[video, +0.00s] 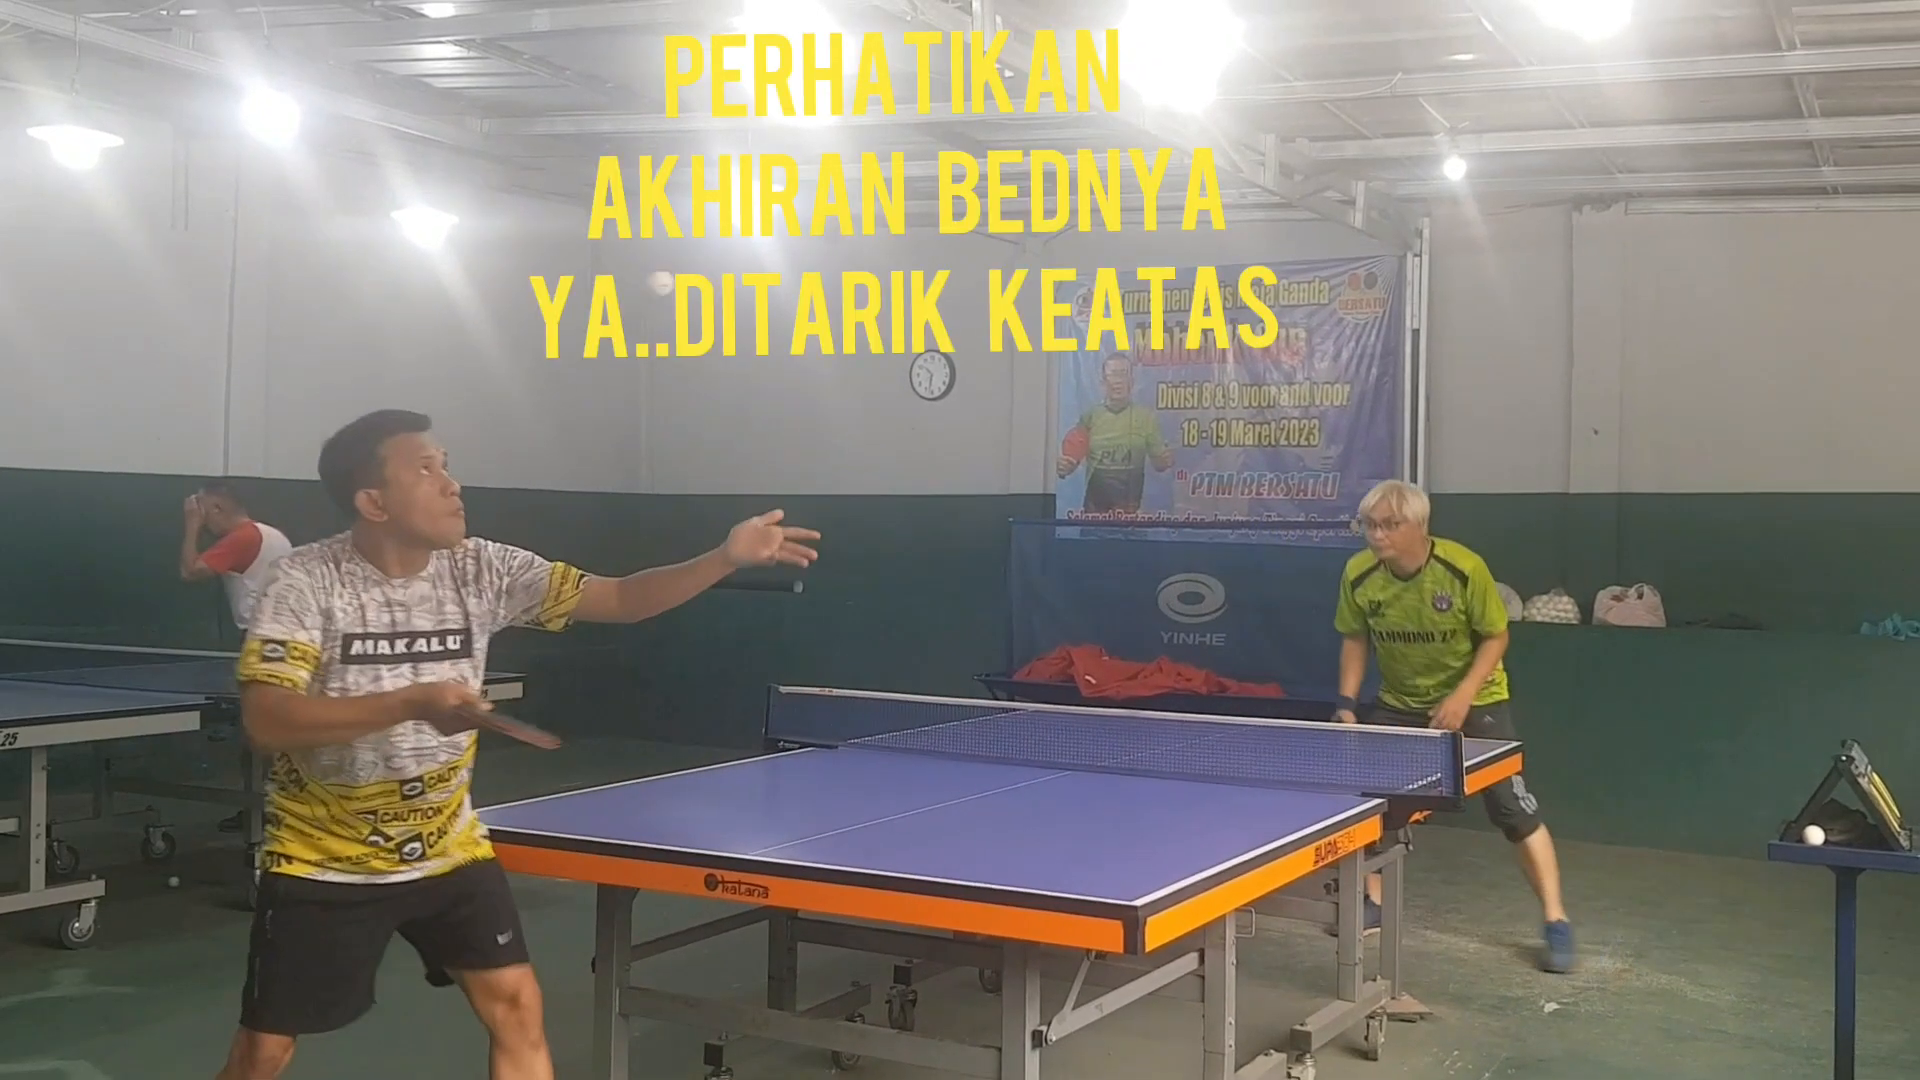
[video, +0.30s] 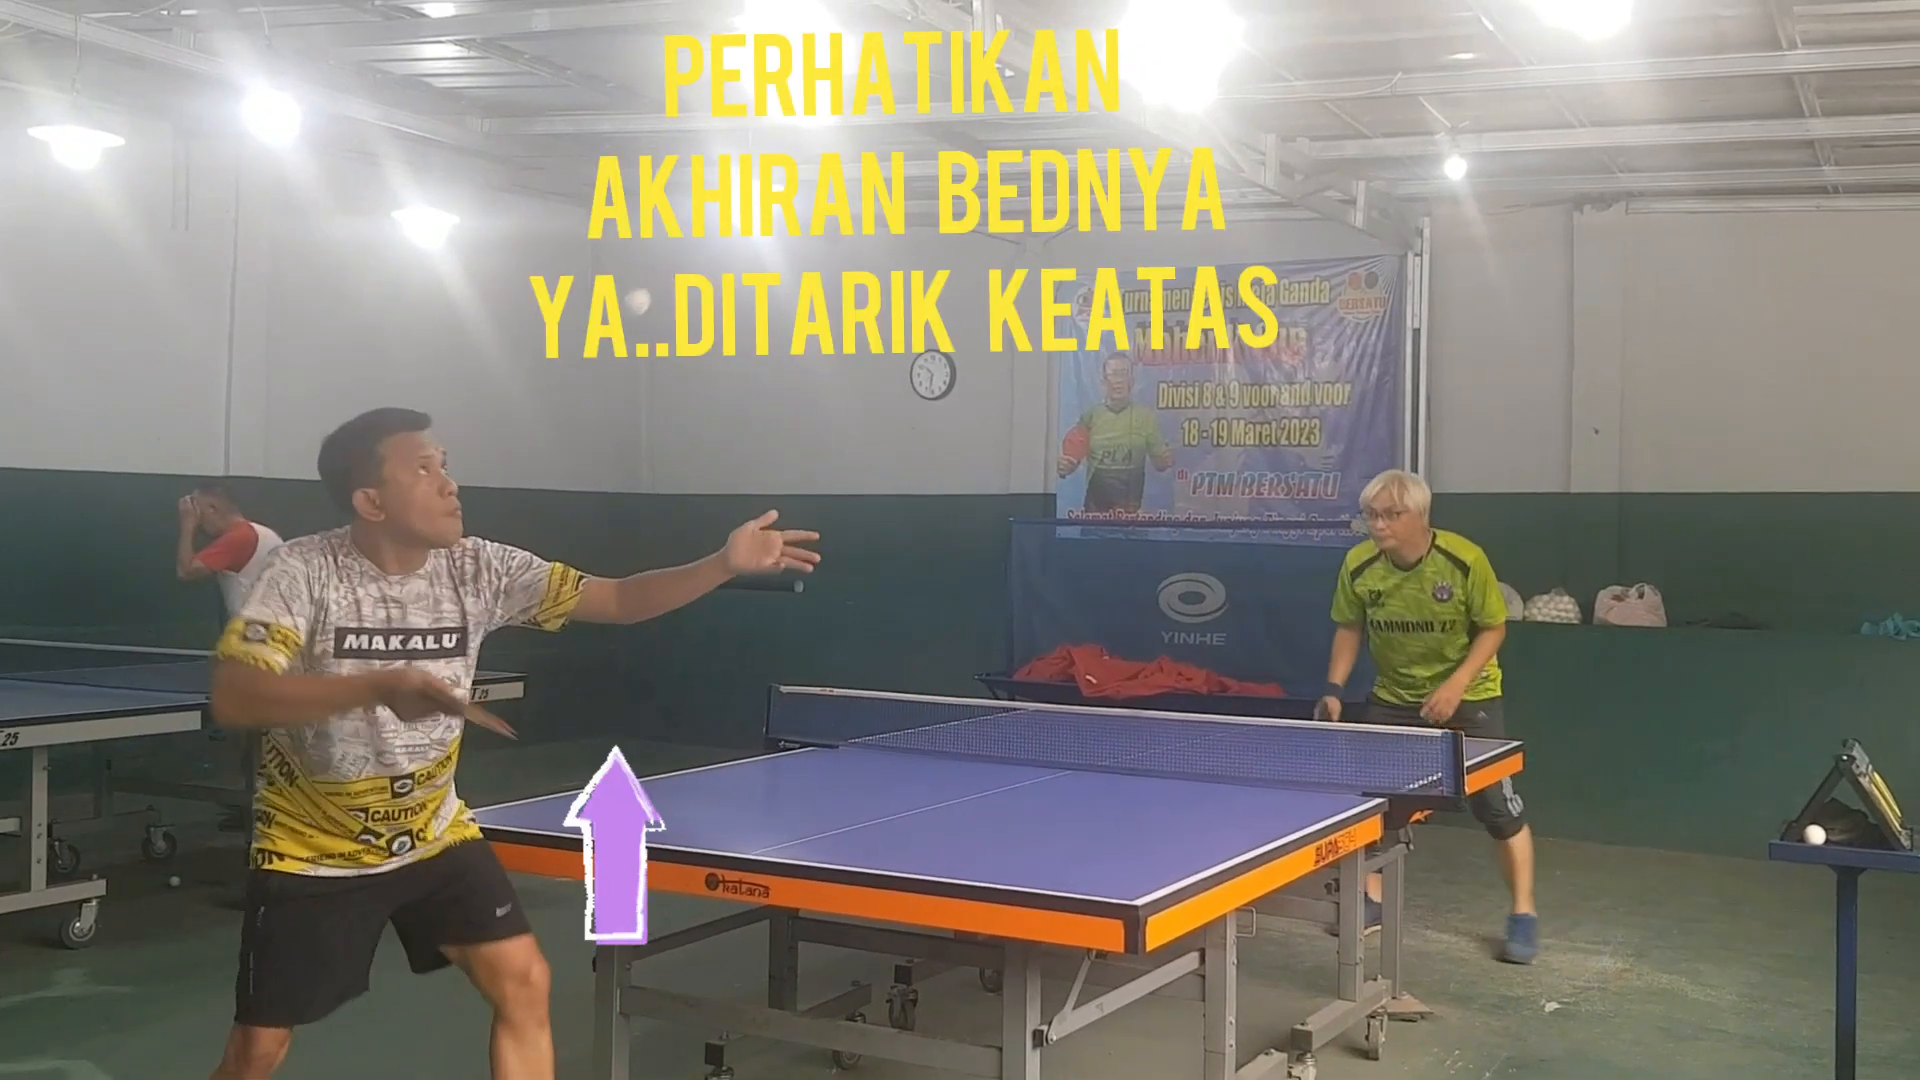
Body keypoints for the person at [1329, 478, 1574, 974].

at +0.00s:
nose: (1374, 535)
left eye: (1386, 525)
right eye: (1369, 525)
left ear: (1417, 527)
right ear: (1365, 529)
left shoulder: (1463, 569)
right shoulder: (1358, 576)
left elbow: (1496, 636)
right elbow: (1354, 639)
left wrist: (1462, 696)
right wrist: (1346, 704)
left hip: (1476, 701)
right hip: (1400, 705)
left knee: (1512, 804)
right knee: (1369, 799)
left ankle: (1556, 920)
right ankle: (1371, 900)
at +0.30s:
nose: (1376, 525)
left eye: (1387, 515)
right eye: (1370, 515)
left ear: (1419, 517)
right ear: (1366, 518)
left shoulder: (1465, 560)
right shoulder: (1357, 566)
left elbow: (1493, 628)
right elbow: (1349, 627)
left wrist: (1456, 684)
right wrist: (1333, 689)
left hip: (1469, 698)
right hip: (1393, 698)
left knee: (1498, 802)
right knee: (1367, 796)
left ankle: (1523, 913)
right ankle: (1369, 898)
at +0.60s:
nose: (1376, 519)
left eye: (1387, 510)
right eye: (1371, 510)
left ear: (1418, 512)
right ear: (1367, 515)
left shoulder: (1466, 557)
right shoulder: (1358, 562)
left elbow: (1492, 624)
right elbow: (1345, 622)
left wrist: (1450, 677)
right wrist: (1324, 679)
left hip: (1465, 699)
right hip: (1388, 696)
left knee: (1488, 803)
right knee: (1356, 788)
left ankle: (1503, 917)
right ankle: (1362, 892)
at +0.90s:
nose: (1374, 519)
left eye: (1385, 510)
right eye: (1370, 510)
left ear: (1417, 512)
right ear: (1368, 514)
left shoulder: (1466, 557)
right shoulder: (1359, 561)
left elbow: (1492, 626)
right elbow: (1344, 622)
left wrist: (1447, 677)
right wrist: (1319, 677)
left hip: (1463, 700)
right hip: (1386, 696)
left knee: (1487, 805)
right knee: (1336, 775)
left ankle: (1504, 918)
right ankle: (1359, 889)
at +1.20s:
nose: (1373, 519)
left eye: (1385, 509)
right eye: (1368, 510)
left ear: (1416, 512)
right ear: (1364, 514)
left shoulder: (1463, 559)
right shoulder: (1357, 561)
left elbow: (1491, 627)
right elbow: (1341, 622)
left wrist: (1445, 676)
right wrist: (1311, 670)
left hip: (1459, 701)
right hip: (1381, 697)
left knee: (1488, 805)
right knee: (1337, 781)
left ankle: (1506, 919)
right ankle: (1332, 887)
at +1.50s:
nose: (1367, 521)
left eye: (1378, 511)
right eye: (1361, 511)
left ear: (1409, 513)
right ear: (1355, 515)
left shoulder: (1454, 558)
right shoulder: (1349, 561)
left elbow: (1483, 626)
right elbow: (1332, 624)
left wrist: (1441, 676)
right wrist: (1301, 668)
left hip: (1452, 705)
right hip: (1373, 702)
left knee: (1485, 808)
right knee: (1330, 790)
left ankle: (1505, 918)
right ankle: (1308, 895)